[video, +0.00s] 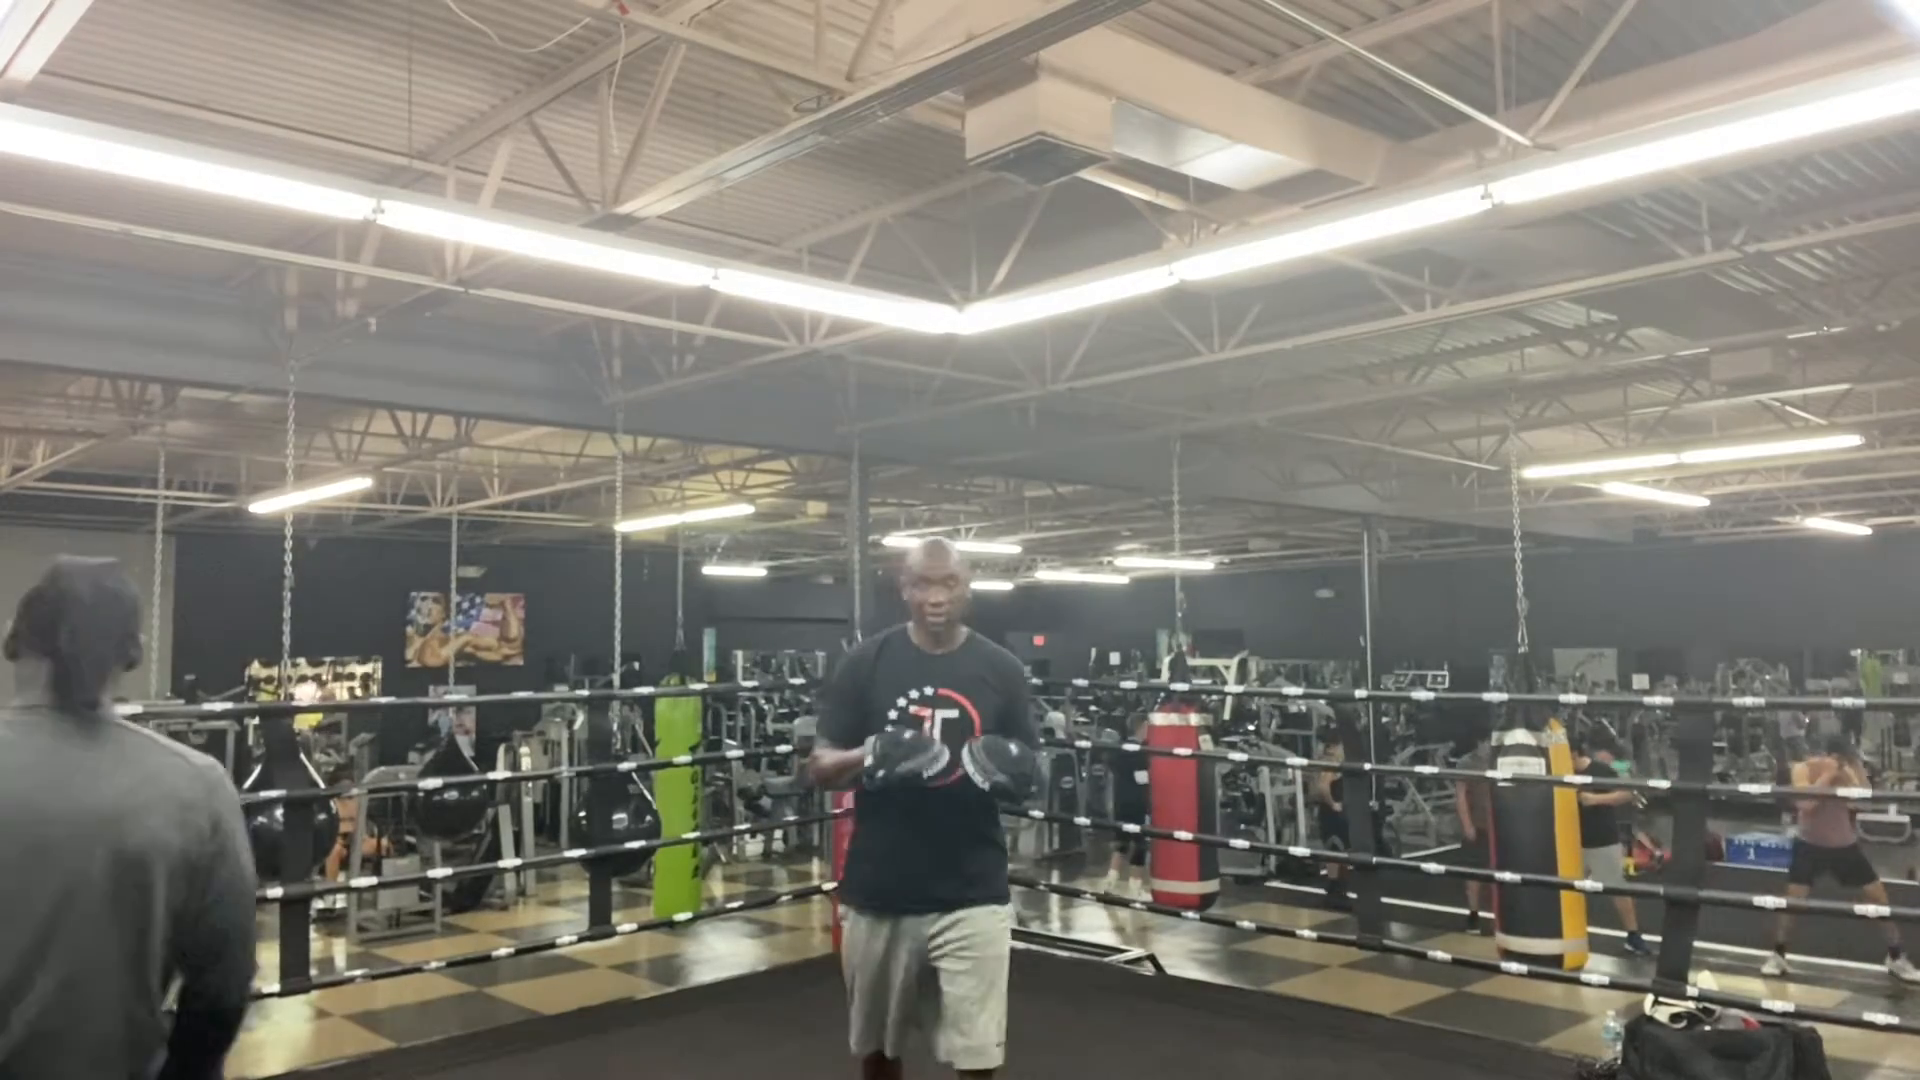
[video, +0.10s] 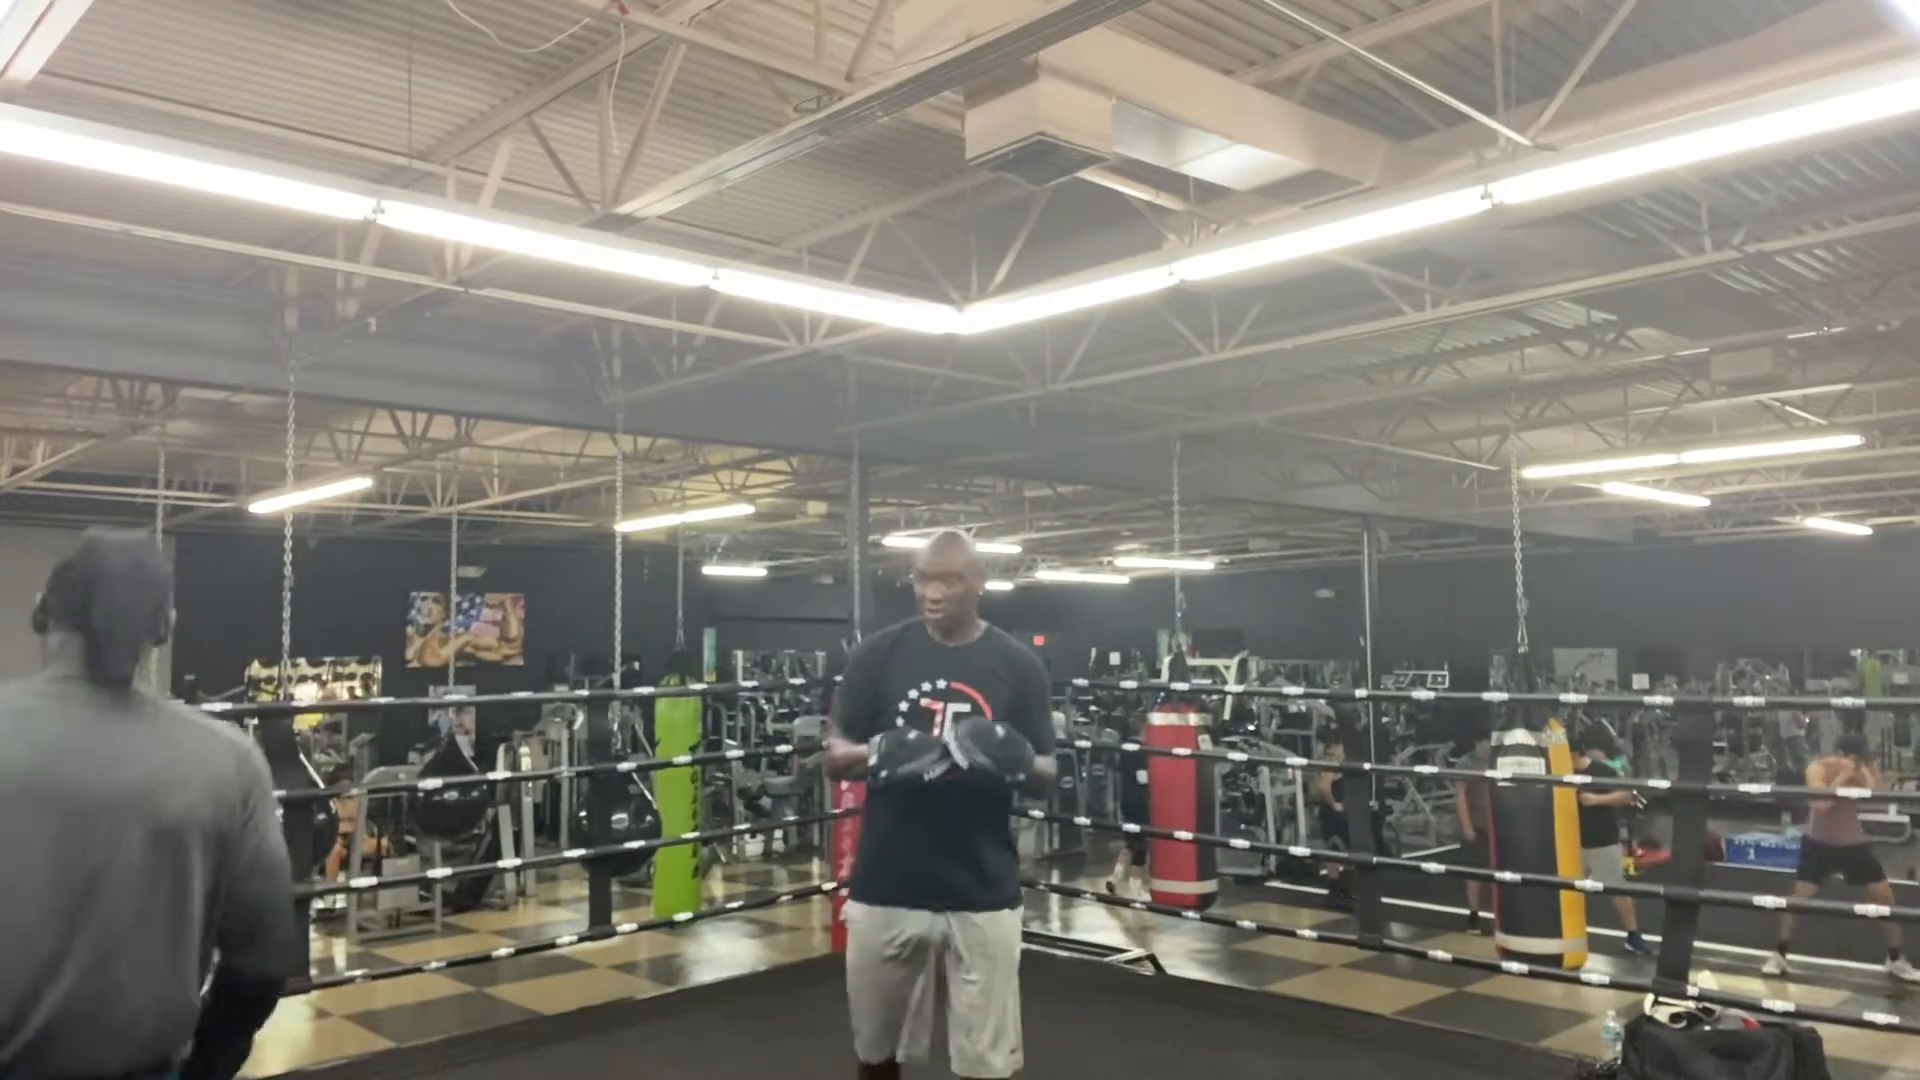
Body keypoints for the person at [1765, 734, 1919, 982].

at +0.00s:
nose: (1836, 762)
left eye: (1841, 759)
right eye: (1833, 757)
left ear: (1846, 758)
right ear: (1823, 753)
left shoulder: (1851, 770)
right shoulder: (1802, 769)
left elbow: (1864, 796)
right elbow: (1804, 805)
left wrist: (1844, 772)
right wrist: (1826, 777)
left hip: (1846, 848)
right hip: (1809, 847)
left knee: (1879, 898)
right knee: (1793, 900)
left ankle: (1896, 957)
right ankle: (1777, 956)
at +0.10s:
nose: (1853, 764)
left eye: (1858, 760)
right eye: (1850, 758)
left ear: (1862, 759)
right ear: (1840, 754)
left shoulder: (1863, 771)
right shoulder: (1817, 769)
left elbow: (1877, 792)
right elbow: (1818, 805)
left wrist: (1864, 768)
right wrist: (1842, 776)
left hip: (1854, 846)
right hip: (1818, 845)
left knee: (1885, 897)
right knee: (1799, 899)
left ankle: (1895, 958)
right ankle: (1779, 955)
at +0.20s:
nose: (1863, 762)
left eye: (1868, 759)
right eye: (1860, 757)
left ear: (1872, 758)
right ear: (1851, 753)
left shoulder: (1874, 773)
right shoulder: (1829, 767)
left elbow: (1886, 800)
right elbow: (1831, 796)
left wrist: (1871, 775)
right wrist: (1856, 774)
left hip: (1860, 843)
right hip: (1826, 841)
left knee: (1888, 894)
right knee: (1803, 896)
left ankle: (1895, 958)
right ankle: (1783, 953)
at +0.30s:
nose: (1871, 764)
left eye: (1876, 760)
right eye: (1869, 758)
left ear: (1878, 760)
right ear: (1859, 753)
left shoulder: (1876, 773)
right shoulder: (1833, 766)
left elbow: (1890, 799)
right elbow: (1836, 795)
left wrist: (1883, 771)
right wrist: (1863, 772)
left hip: (1861, 843)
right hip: (1826, 841)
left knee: (1889, 895)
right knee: (1810, 894)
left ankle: (1895, 957)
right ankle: (1792, 947)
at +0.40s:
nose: (1875, 763)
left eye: (1879, 759)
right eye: (1872, 757)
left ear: (1881, 760)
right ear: (1860, 752)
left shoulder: (1878, 775)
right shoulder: (1834, 767)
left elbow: (1887, 800)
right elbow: (1840, 796)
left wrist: (1877, 772)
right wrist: (1866, 773)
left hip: (1861, 843)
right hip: (1826, 841)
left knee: (1889, 894)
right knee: (1815, 893)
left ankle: (1895, 957)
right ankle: (1801, 945)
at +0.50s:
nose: (1871, 761)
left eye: (1876, 758)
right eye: (1869, 755)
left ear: (1878, 758)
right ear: (1858, 752)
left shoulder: (1875, 772)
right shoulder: (1831, 767)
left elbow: (1887, 799)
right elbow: (1838, 797)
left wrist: (1875, 773)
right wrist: (1864, 773)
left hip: (1859, 843)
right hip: (1826, 842)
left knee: (1889, 894)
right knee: (1815, 895)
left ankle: (1895, 957)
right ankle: (1803, 947)